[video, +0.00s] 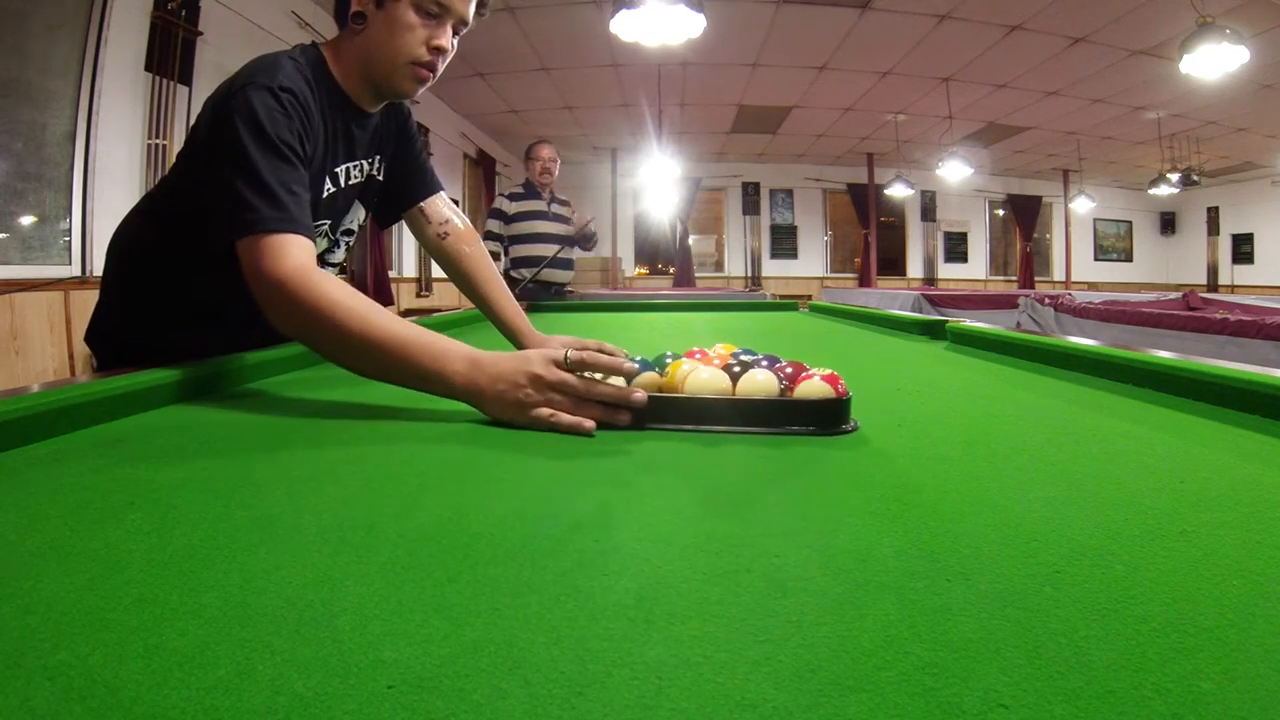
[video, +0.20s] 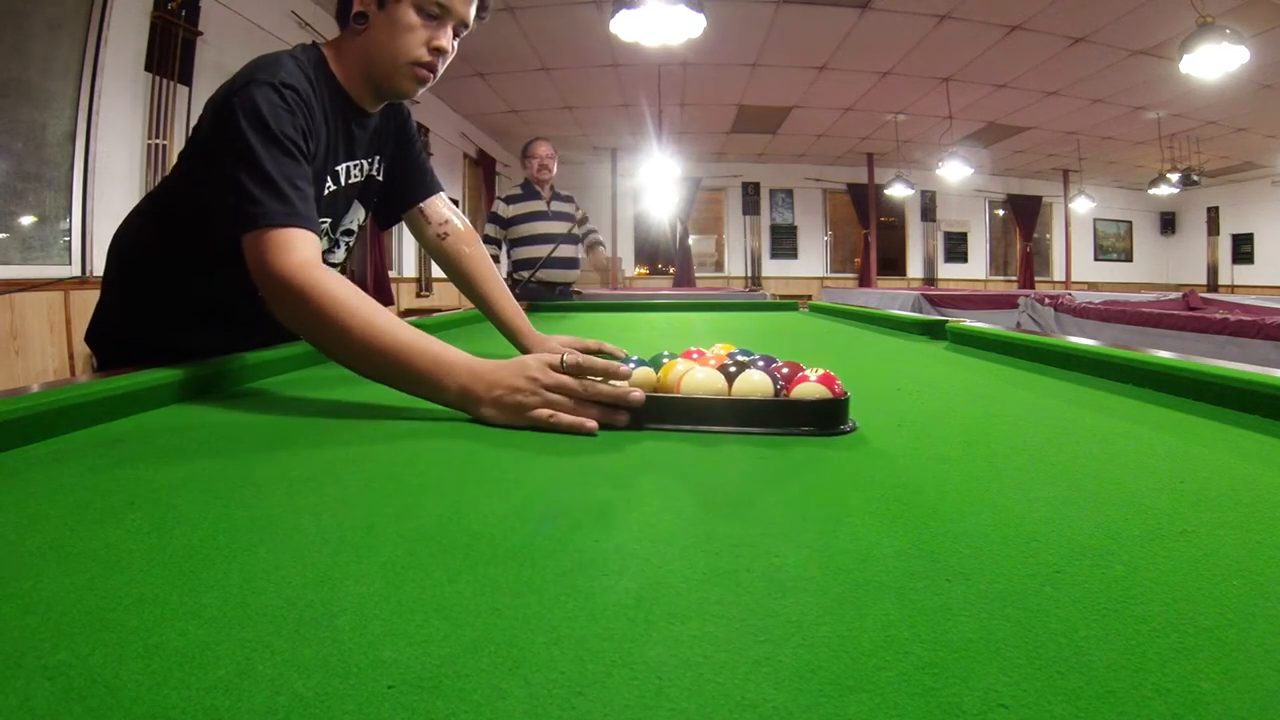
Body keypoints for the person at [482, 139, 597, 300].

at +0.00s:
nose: (546, 166)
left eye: (552, 161)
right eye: (539, 160)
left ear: (558, 167)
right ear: (527, 165)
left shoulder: (565, 206)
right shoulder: (508, 200)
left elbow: (587, 246)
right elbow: (491, 246)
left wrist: (586, 233)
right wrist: (495, 286)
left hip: (559, 294)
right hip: (522, 292)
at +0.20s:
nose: (544, 163)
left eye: (550, 157)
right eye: (537, 158)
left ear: (557, 163)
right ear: (525, 165)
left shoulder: (568, 202)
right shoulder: (507, 202)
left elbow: (587, 229)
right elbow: (490, 247)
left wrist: (596, 251)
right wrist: (495, 284)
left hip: (565, 295)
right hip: (527, 294)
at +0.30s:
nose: (543, 161)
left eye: (548, 156)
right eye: (535, 157)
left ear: (556, 162)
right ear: (524, 164)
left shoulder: (571, 200)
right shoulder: (507, 202)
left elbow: (591, 233)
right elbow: (491, 247)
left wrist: (604, 262)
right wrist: (496, 284)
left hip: (566, 295)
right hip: (528, 295)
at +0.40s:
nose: (542, 159)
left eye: (548, 154)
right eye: (534, 155)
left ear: (556, 161)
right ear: (524, 163)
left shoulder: (573, 199)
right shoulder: (507, 203)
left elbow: (592, 233)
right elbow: (490, 248)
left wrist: (607, 263)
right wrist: (495, 283)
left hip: (568, 296)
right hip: (527, 296)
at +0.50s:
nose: (542, 158)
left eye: (548, 153)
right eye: (534, 154)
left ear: (556, 160)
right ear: (524, 163)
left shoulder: (575, 199)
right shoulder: (506, 203)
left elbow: (595, 234)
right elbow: (491, 248)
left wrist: (609, 263)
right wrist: (496, 284)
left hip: (569, 296)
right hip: (527, 298)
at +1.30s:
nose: (593, 154)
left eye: (601, 150)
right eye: (586, 150)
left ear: (611, 158)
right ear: (578, 158)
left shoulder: (625, 204)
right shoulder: (555, 199)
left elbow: (638, 246)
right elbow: (539, 242)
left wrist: (646, 283)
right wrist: (540, 282)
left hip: (611, 299)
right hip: (565, 298)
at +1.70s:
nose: (612, 155)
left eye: (620, 150)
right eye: (605, 150)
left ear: (629, 157)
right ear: (596, 157)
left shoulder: (640, 202)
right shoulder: (572, 196)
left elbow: (649, 244)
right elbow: (553, 240)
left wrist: (649, 286)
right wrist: (549, 284)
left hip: (621, 299)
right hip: (576, 297)